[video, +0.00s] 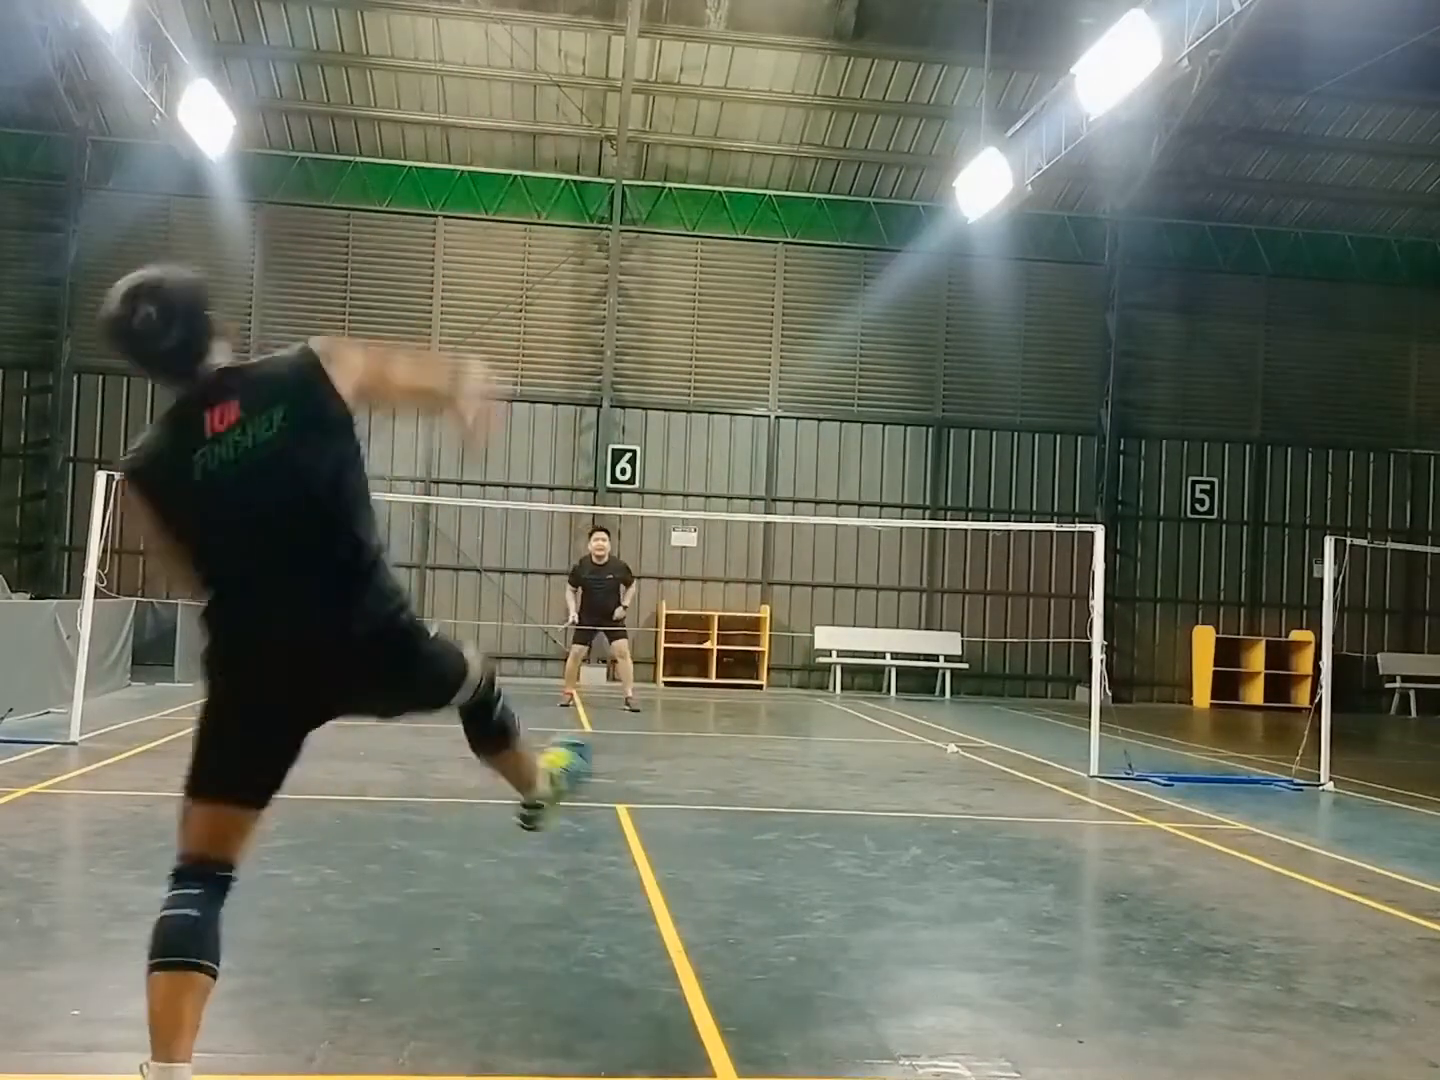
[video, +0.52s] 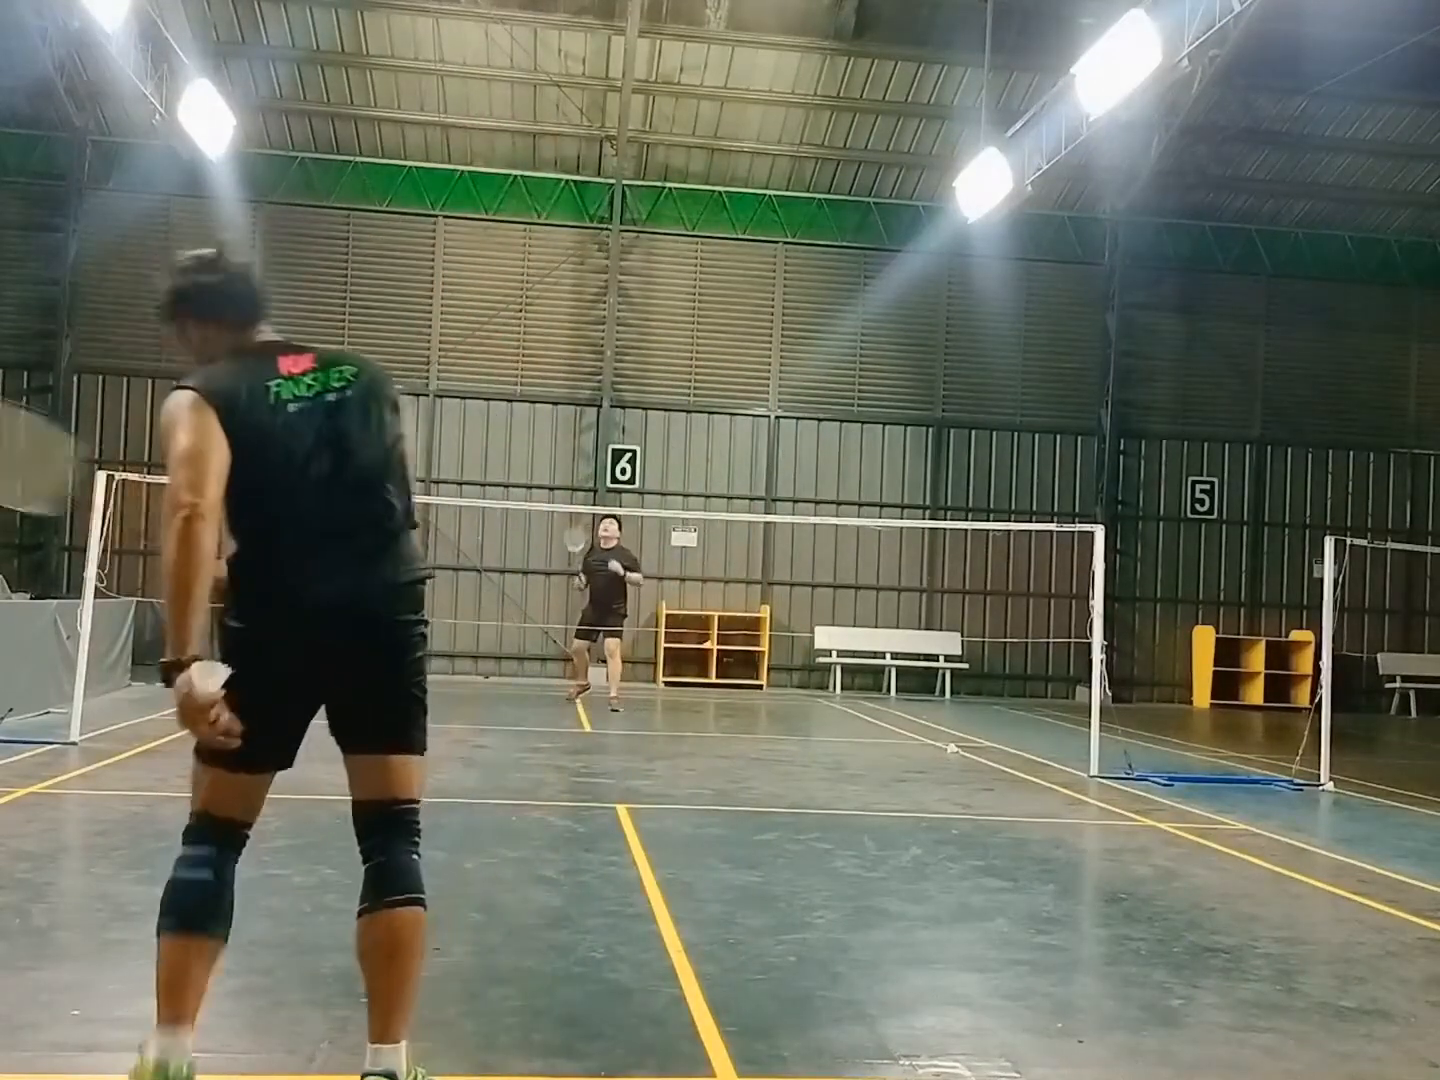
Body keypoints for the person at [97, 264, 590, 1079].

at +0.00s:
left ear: (146, 367)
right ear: (214, 326)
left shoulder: (148, 473)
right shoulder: (313, 372)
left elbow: (188, 574)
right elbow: (399, 366)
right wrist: (460, 382)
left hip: (255, 679)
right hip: (368, 643)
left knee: (202, 871)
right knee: (473, 692)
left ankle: (169, 1068)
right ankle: (538, 790)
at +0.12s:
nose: (94, 395)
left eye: (90, 379)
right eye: (88, 381)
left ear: (115, 359)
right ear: (166, 336)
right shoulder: (294, 371)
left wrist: (169, 582)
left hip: (245, 661)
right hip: (362, 629)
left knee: (201, 867)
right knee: (471, 743)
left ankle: (169, 1070)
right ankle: (549, 894)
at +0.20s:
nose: (86, 398)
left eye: (80, 381)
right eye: (74, 385)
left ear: (118, 346)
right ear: (147, 332)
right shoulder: (272, 363)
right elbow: (313, 486)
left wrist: (131, 616)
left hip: (255, 641)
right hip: (368, 615)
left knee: (200, 860)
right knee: (455, 758)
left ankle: (170, 1068)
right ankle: (518, 945)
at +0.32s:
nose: (101, 390)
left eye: (93, 372)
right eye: (88, 376)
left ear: (130, 335)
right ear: (158, 322)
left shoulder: (157, 400)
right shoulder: (279, 364)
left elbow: (141, 521)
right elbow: (309, 503)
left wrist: (119, 654)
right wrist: (204, 558)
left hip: (263, 627)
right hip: (370, 609)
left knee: (206, 850)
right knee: (417, 811)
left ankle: (168, 1067)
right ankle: (439, 1000)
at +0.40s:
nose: (120, 380)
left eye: (114, 363)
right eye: (109, 367)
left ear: (151, 330)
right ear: (181, 319)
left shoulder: (169, 393)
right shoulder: (298, 366)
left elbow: (163, 510)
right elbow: (321, 509)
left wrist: (142, 661)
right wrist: (210, 554)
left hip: (262, 629)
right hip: (371, 617)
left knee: (208, 850)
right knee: (400, 826)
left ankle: (168, 1067)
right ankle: (412, 1033)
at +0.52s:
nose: (179, 345)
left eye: (177, 331)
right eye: (179, 331)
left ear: (191, 327)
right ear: (256, 317)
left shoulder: (200, 399)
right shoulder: (359, 380)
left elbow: (193, 510)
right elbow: (390, 507)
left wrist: (187, 660)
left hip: (272, 631)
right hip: (383, 627)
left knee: (214, 839)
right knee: (392, 834)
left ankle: (170, 1054)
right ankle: (389, 1060)